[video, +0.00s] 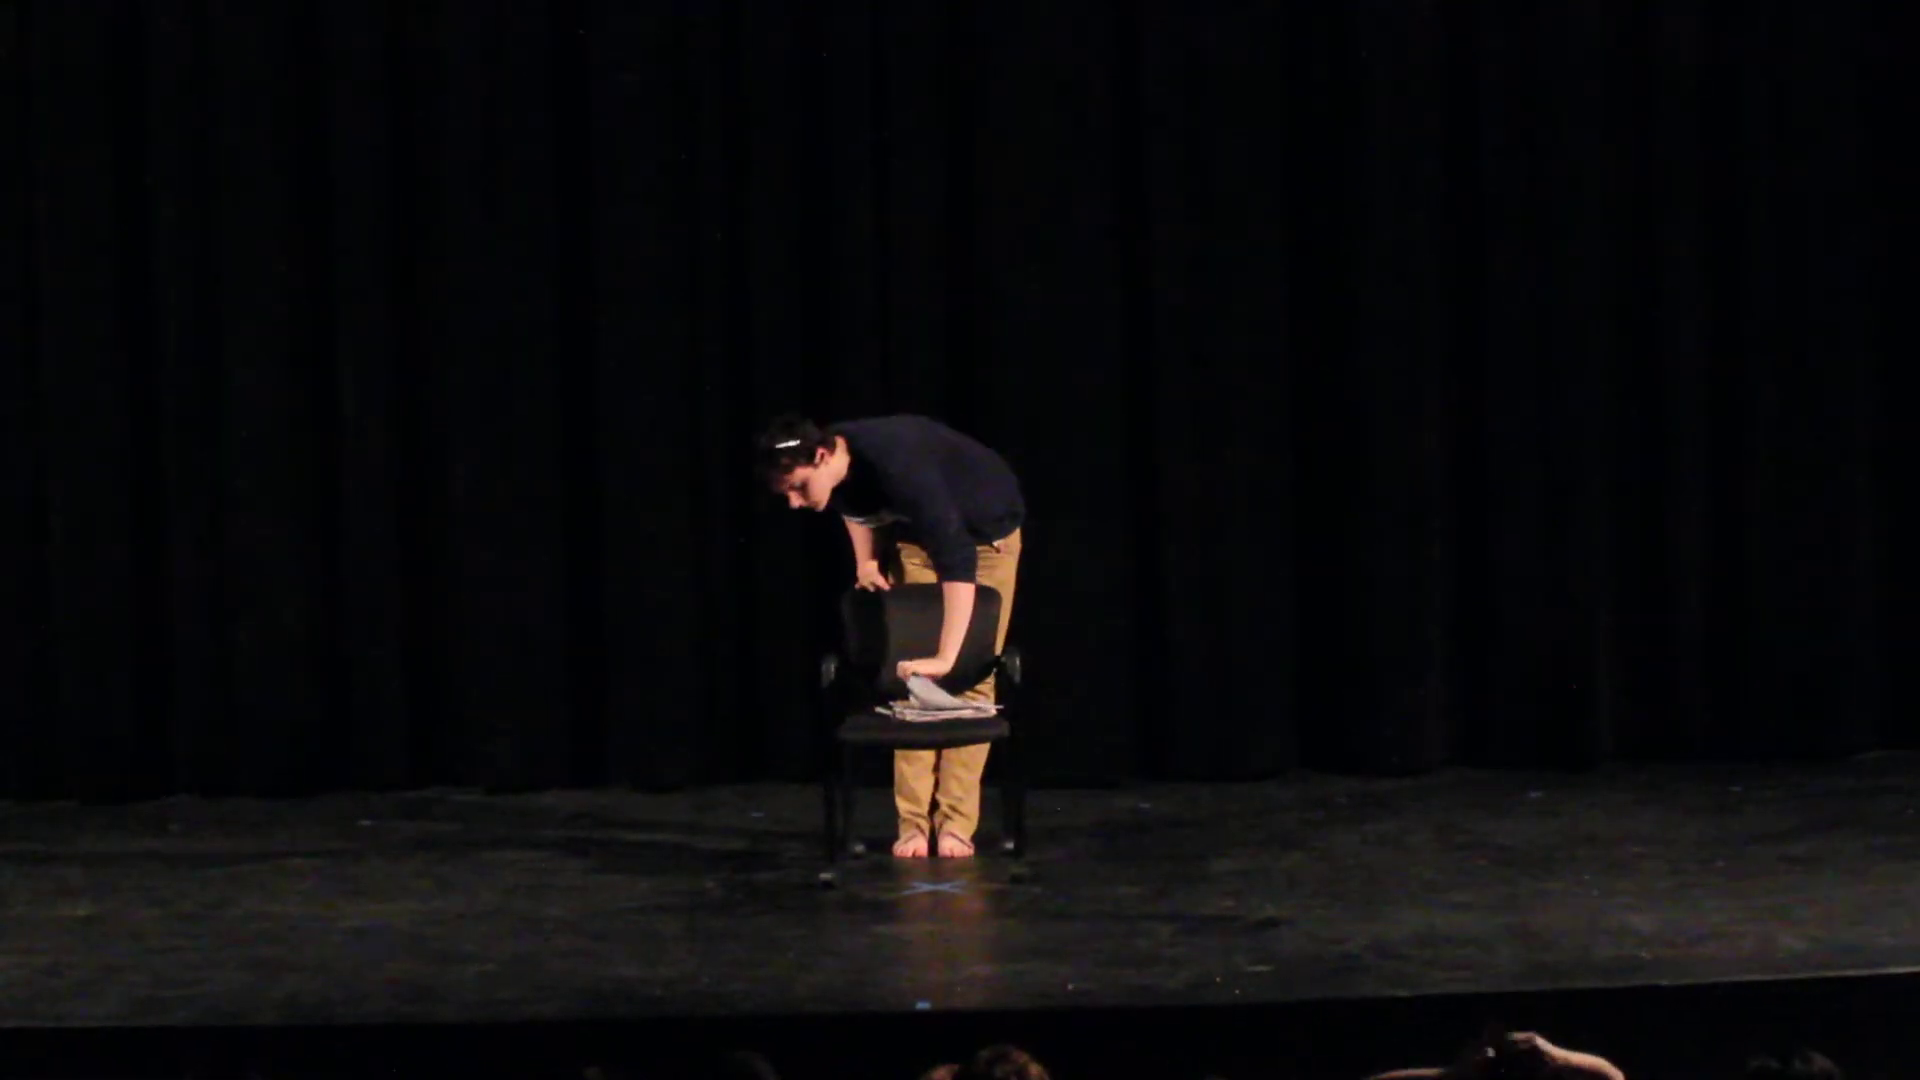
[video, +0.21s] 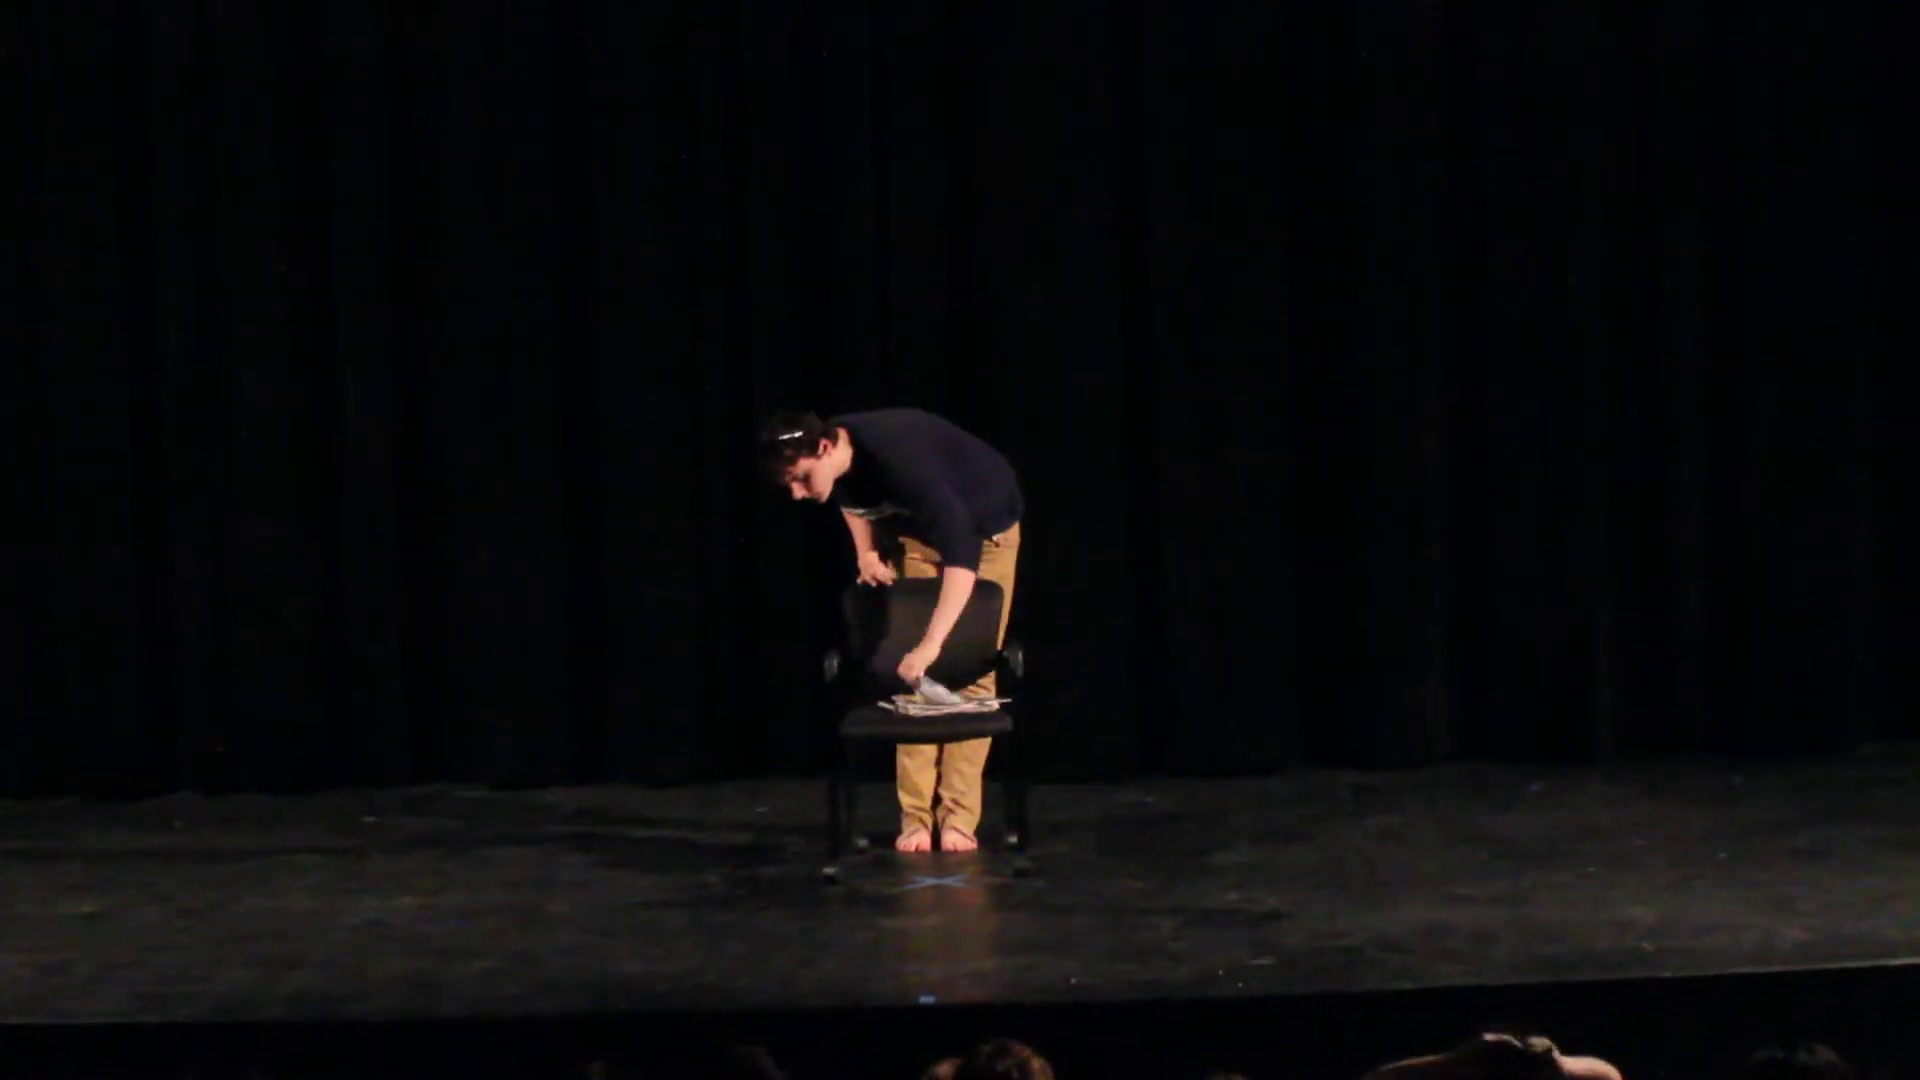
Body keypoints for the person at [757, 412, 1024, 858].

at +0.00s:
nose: (796, 502)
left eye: (799, 487)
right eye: (787, 494)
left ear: (826, 455)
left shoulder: (907, 466)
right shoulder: (834, 462)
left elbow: (959, 558)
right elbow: (853, 507)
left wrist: (946, 658)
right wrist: (865, 562)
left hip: (989, 539)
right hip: (915, 543)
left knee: (970, 680)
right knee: (912, 680)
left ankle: (955, 823)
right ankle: (913, 823)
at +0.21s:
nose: (798, 494)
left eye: (802, 479)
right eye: (791, 485)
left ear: (827, 448)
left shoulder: (907, 460)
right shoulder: (835, 455)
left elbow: (963, 551)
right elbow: (851, 500)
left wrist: (930, 644)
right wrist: (865, 551)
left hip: (988, 533)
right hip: (915, 538)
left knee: (972, 675)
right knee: (913, 674)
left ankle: (957, 818)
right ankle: (916, 818)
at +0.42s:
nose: (812, 461)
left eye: (817, 445)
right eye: (803, 451)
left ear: (845, 418)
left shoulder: (913, 431)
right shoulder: (826, 450)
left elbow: (976, 513)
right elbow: (831, 494)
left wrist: (925, 581)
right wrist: (846, 541)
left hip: (981, 537)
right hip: (910, 541)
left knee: (970, 678)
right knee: (913, 678)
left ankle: (959, 814)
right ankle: (917, 814)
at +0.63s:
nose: (827, 409)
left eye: (834, 394)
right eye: (815, 401)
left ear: (857, 375)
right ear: (805, 399)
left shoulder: (914, 401)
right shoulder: (812, 434)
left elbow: (975, 491)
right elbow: (815, 521)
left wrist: (918, 512)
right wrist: (844, 564)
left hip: (966, 549)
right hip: (887, 562)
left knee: (964, 688)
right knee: (902, 694)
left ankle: (959, 833)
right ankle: (914, 834)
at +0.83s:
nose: (871, 357)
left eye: (880, 341)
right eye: (858, 345)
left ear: (901, 331)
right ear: (843, 346)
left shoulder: (948, 376)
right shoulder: (837, 405)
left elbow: (1003, 461)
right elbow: (830, 499)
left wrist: (963, 473)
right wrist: (853, 525)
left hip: (982, 554)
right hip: (904, 559)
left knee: (982, 701)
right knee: (914, 703)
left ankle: (985, 845)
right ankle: (930, 852)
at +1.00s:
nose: (878, 307)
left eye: (889, 291)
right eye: (866, 294)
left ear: (915, 287)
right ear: (852, 300)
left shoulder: (967, 350)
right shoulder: (838, 372)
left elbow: (1017, 434)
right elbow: (818, 467)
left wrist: (977, 450)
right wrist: (846, 488)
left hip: (980, 547)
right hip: (897, 549)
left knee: (988, 701)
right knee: (909, 706)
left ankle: (999, 843)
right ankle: (925, 864)